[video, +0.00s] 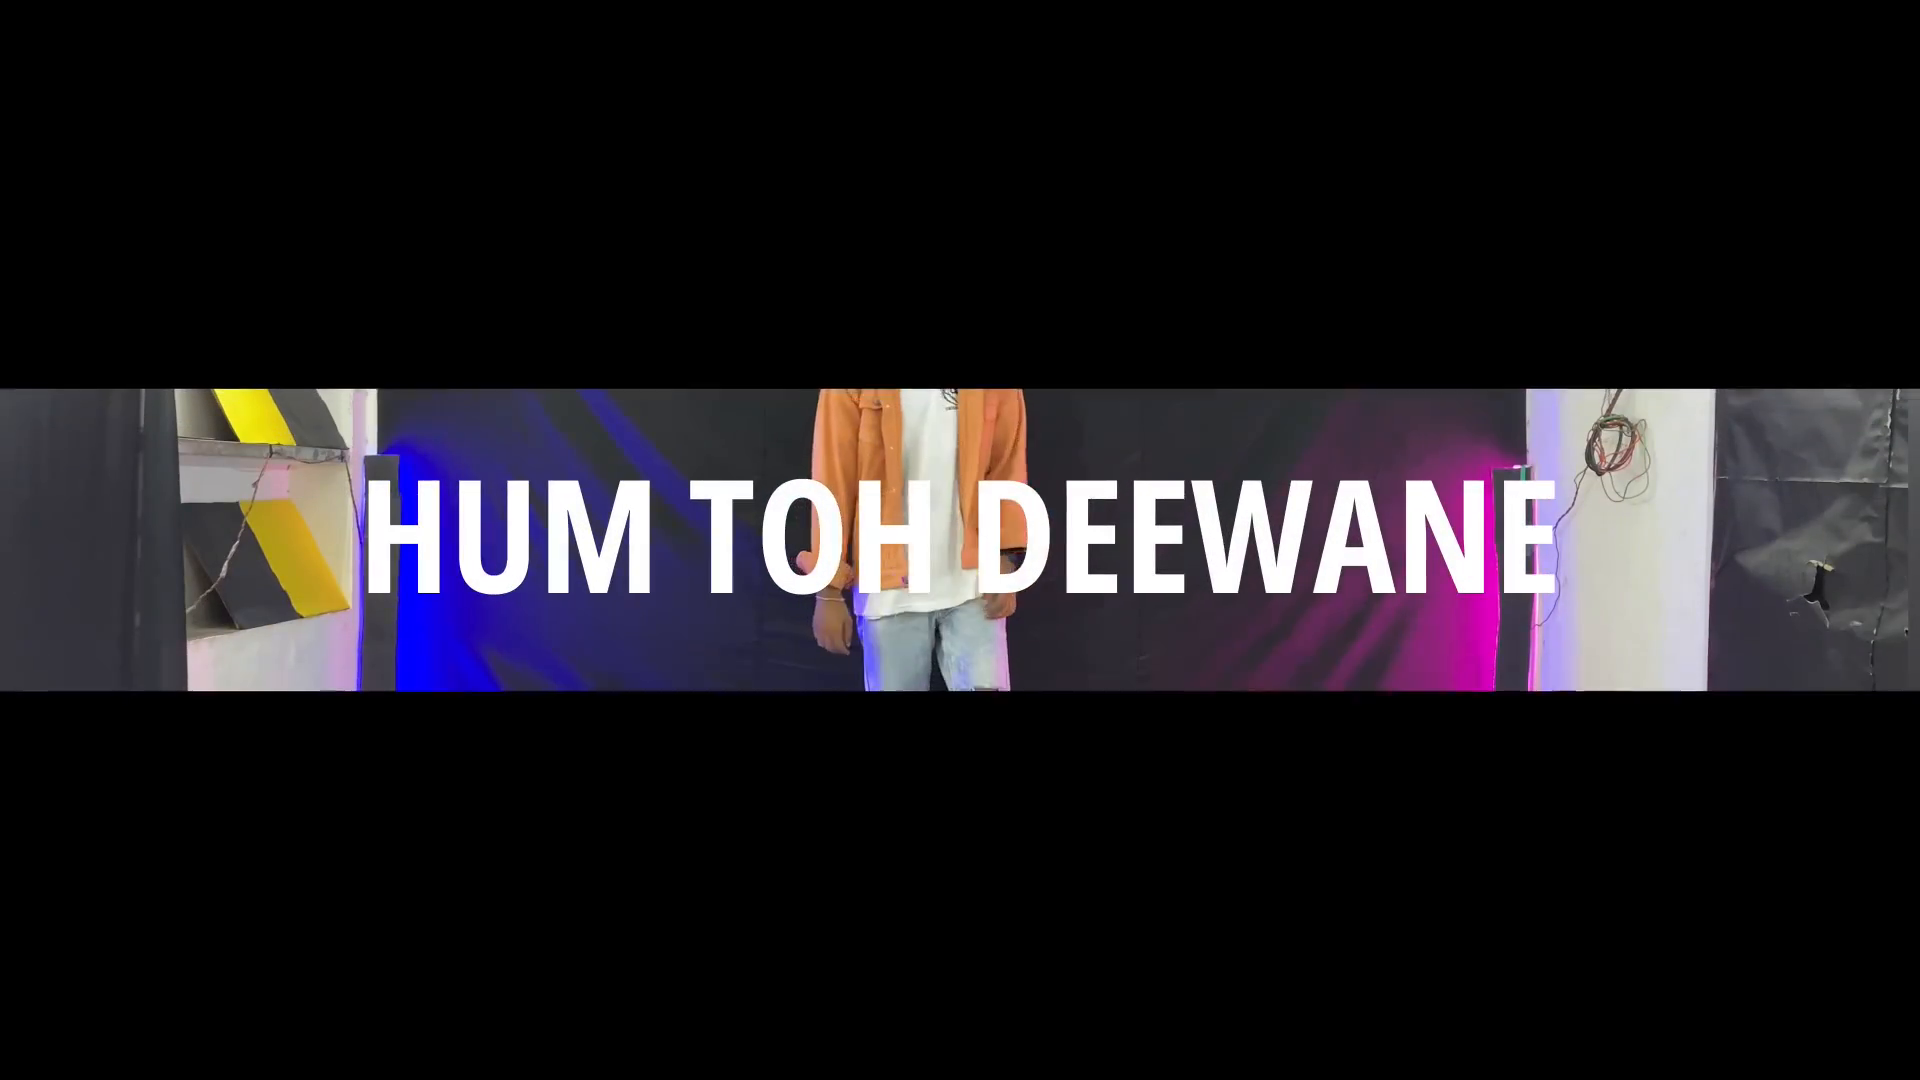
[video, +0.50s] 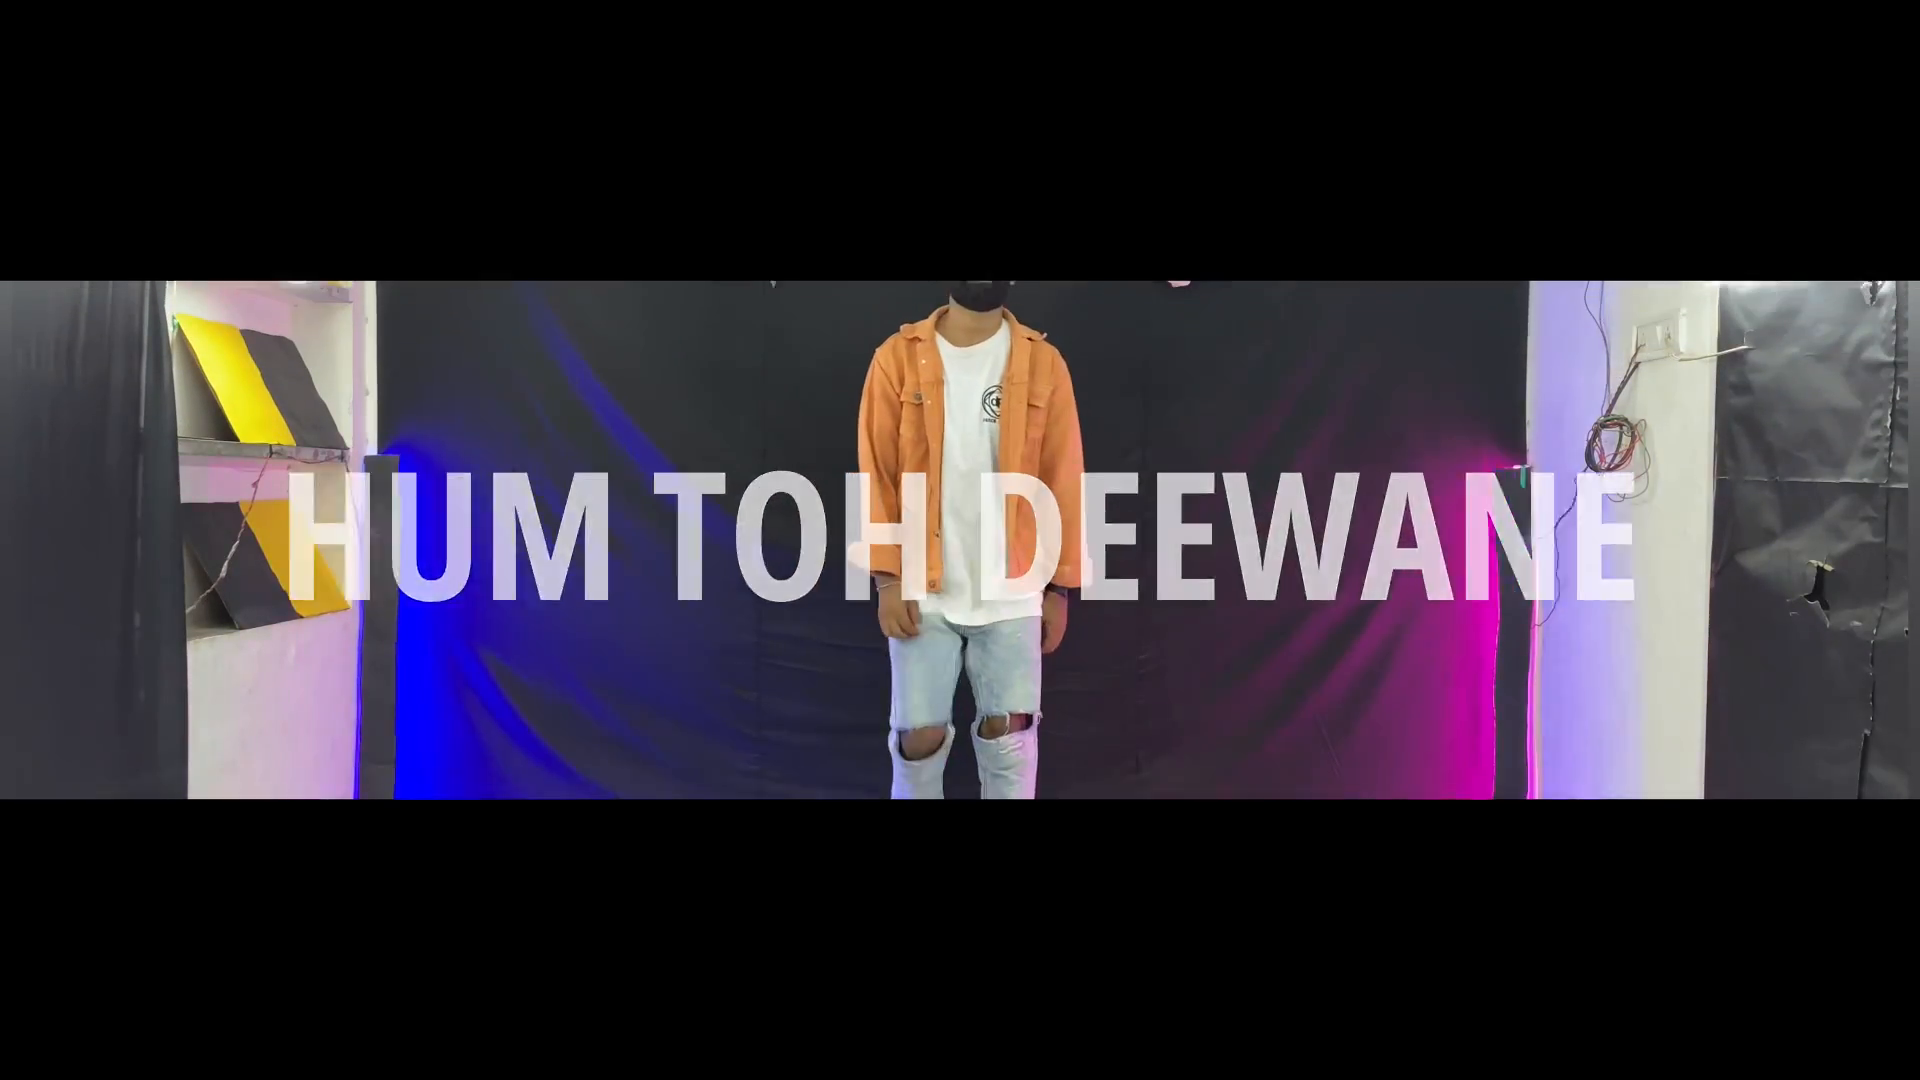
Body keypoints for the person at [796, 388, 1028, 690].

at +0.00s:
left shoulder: (1001, 392)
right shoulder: (846, 393)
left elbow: (1009, 469)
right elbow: (833, 478)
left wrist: (1006, 566)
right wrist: (830, 591)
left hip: (976, 585)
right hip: (888, 588)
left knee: (987, 686)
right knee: (894, 687)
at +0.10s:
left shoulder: (1003, 371)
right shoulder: (858, 372)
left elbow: (1021, 465)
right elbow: (839, 474)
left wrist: (1022, 567)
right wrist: (841, 587)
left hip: (980, 585)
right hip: (891, 589)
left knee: (988, 705)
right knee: (893, 708)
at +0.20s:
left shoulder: (1006, 360)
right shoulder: (868, 366)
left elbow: (1032, 470)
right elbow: (847, 480)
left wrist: (1035, 576)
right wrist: (855, 590)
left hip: (989, 591)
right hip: (898, 593)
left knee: (991, 725)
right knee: (895, 728)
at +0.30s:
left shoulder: (1020, 359)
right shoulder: (879, 361)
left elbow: (1045, 474)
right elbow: (860, 477)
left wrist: (1047, 580)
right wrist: (871, 586)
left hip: (998, 591)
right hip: (908, 592)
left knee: (1000, 738)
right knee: (907, 741)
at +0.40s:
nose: (981, 295)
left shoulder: (1035, 359)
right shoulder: (890, 356)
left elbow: (1056, 475)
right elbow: (869, 476)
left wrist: (1052, 582)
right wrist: (886, 582)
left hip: (1008, 589)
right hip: (916, 590)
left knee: (1004, 739)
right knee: (919, 745)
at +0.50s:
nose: (984, 282)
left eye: (994, 276)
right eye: (974, 276)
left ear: (1010, 282)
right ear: (952, 283)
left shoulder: (1043, 362)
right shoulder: (896, 358)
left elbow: (1065, 477)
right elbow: (876, 475)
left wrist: (1059, 586)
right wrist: (887, 577)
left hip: (1013, 592)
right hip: (921, 591)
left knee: (1009, 744)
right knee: (918, 744)